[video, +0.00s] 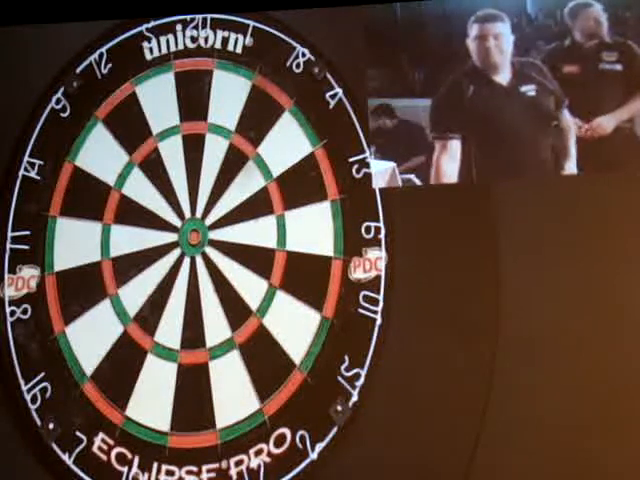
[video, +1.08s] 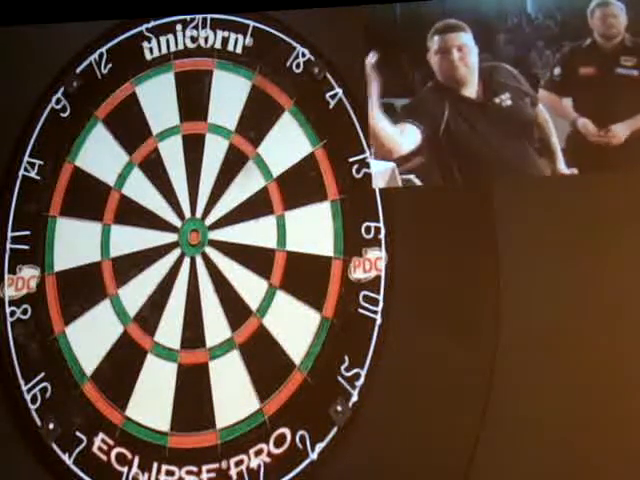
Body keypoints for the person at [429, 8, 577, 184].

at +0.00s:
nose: (489, 45)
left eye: (497, 37)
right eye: (481, 38)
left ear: (512, 41)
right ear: (468, 45)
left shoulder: (535, 72)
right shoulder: (457, 90)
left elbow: (564, 120)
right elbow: (447, 152)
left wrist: (569, 166)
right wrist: (442, 208)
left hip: (546, 192)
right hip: (490, 198)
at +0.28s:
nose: (468, 51)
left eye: (476, 42)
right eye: (459, 44)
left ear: (491, 45)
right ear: (446, 51)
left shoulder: (514, 73)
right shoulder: (439, 98)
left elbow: (545, 115)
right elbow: (427, 169)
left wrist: (563, 163)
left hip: (543, 193)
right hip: (484, 203)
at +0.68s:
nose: (457, 56)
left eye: (465, 47)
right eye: (446, 49)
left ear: (479, 51)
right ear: (434, 57)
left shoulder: (505, 74)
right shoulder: (431, 103)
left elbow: (542, 115)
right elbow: (407, 162)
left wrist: (561, 161)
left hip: (537, 197)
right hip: (478, 208)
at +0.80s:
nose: (456, 57)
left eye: (463, 47)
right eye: (445, 51)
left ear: (478, 51)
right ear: (433, 59)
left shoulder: (503, 74)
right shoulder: (432, 102)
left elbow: (542, 115)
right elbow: (402, 153)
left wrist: (561, 161)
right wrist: (367, 189)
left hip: (537, 195)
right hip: (480, 207)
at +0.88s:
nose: (455, 57)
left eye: (462, 48)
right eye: (444, 51)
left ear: (476, 52)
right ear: (432, 60)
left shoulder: (503, 75)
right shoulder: (432, 102)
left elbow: (541, 116)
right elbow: (402, 141)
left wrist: (560, 162)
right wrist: (366, 163)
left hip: (536, 194)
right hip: (479, 206)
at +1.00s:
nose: (455, 58)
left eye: (462, 49)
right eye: (444, 52)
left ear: (476, 52)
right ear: (431, 60)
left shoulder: (503, 76)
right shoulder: (430, 104)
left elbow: (540, 115)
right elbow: (404, 136)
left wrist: (559, 162)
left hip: (539, 188)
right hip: (484, 201)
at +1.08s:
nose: (454, 59)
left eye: (461, 49)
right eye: (443, 52)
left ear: (476, 52)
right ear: (430, 61)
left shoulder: (502, 76)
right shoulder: (432, 103)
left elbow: (539, 115)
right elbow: (393, 147)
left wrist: (559, 163)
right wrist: (373, 92)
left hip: (543, 194)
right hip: (485, 208)